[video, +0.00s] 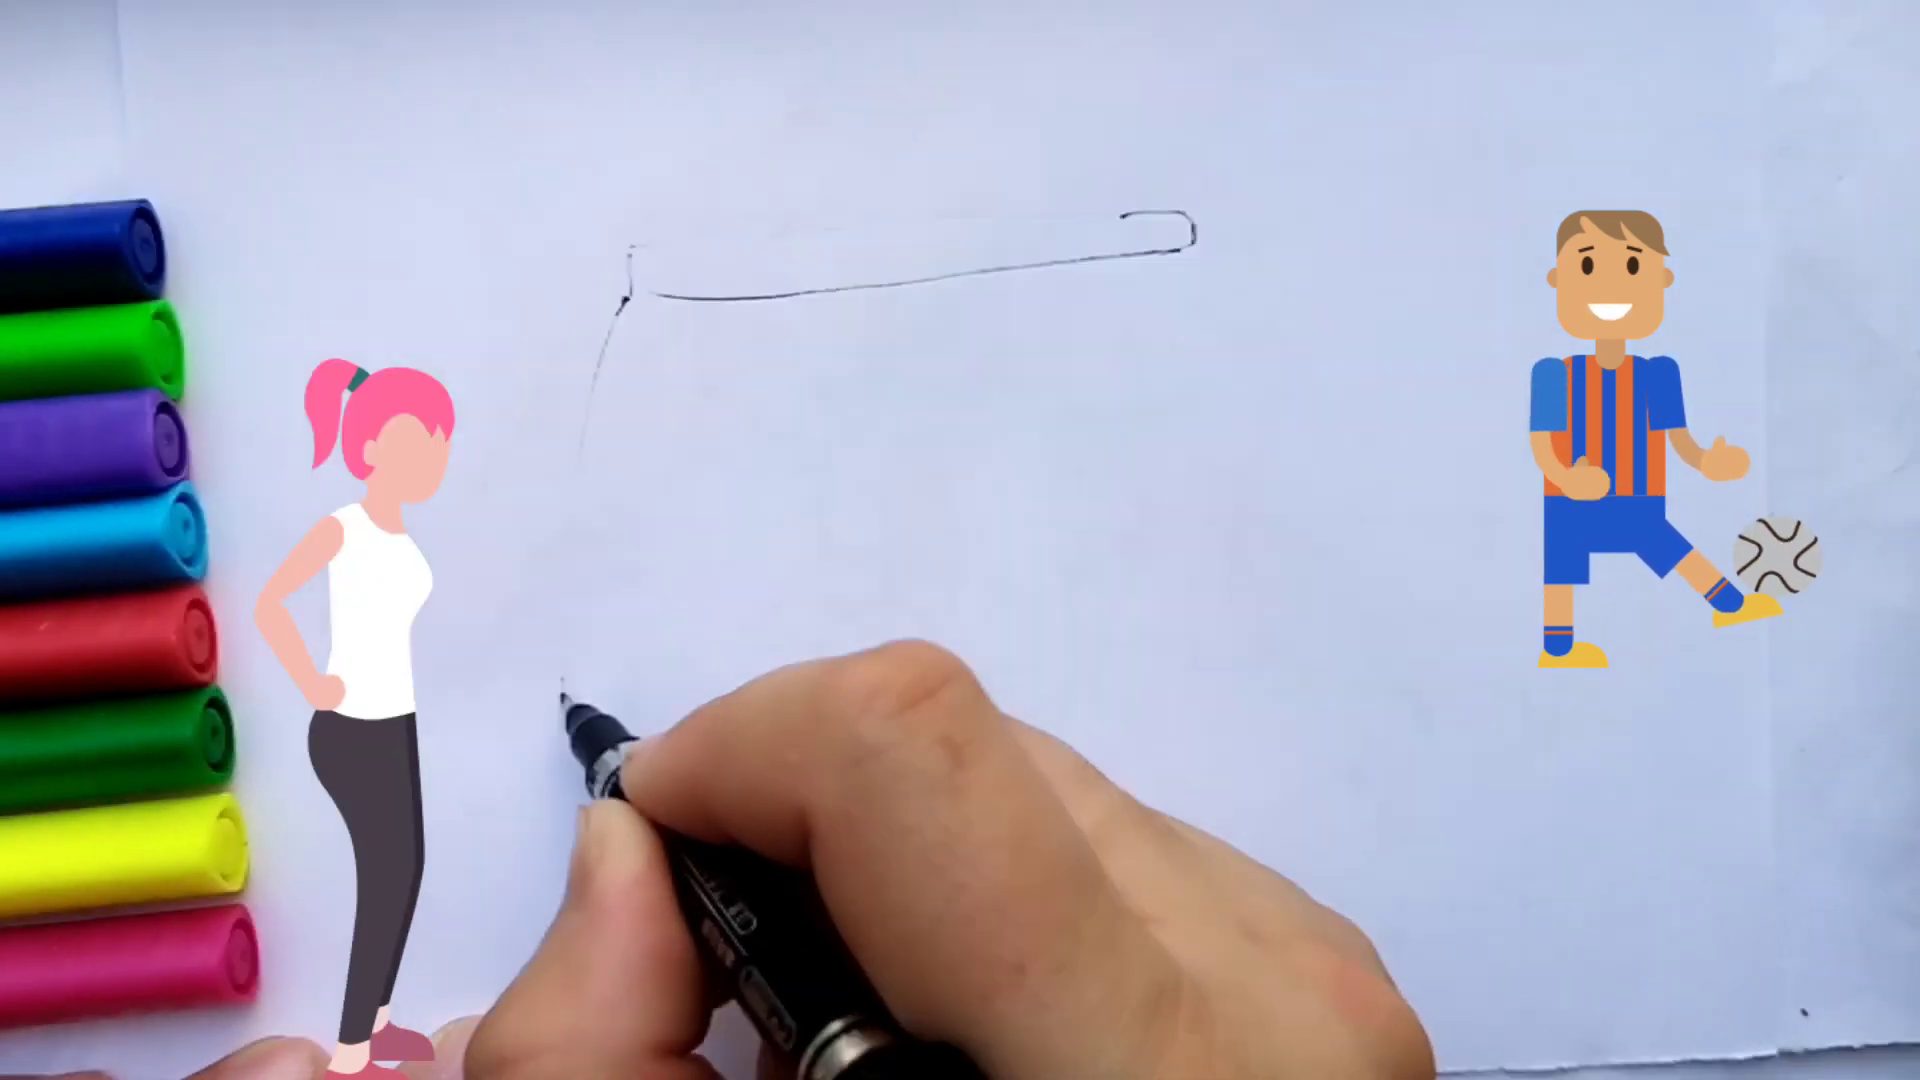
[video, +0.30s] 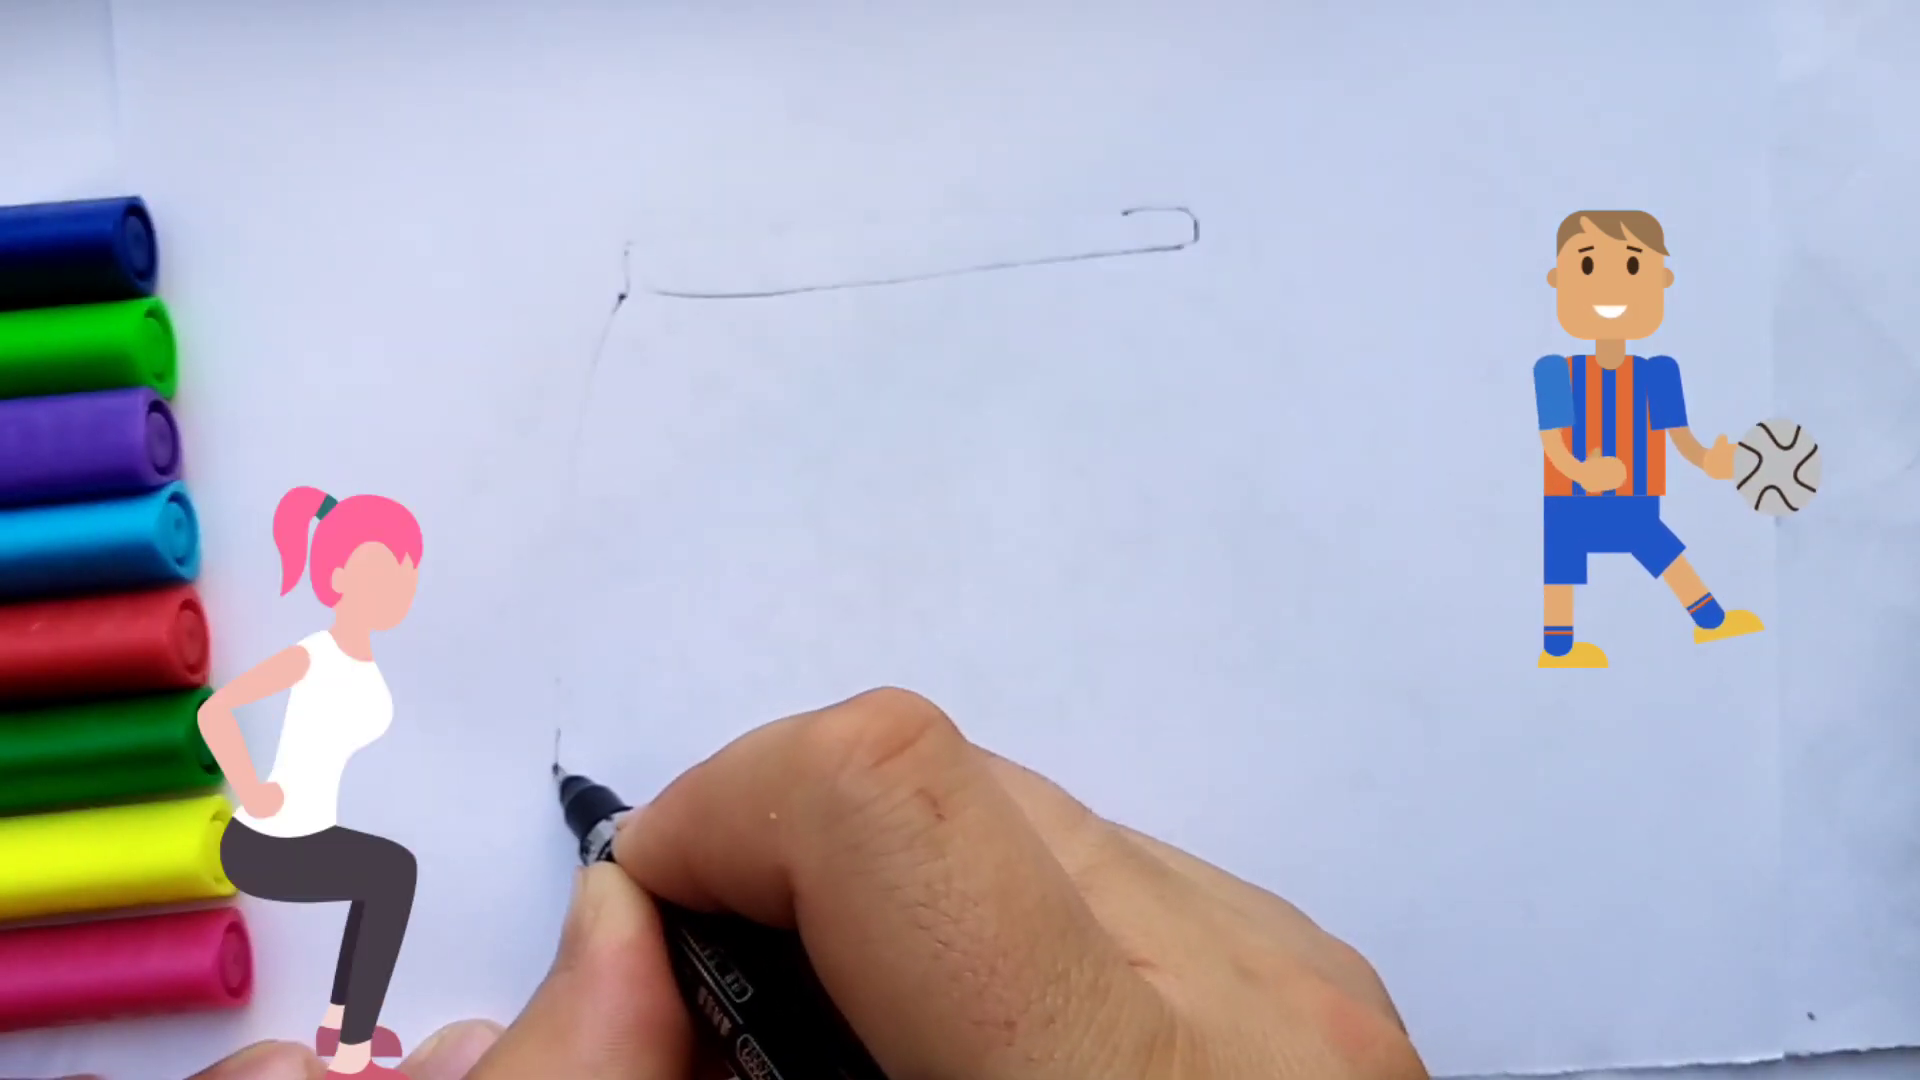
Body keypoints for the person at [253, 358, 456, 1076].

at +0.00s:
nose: (432, 457)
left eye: (436, 440)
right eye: (416, 438)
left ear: (440, 450)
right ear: (374, 447)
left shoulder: (403, 535)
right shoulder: (344, 529)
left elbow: (386, 621)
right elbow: (268, 605)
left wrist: (396, 684)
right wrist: (312, 683)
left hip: (397, 730)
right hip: (353, 732)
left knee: (405, 871)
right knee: (386, 877)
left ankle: (373, 1019)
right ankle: (349, 1050)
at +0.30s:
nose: (399, 588)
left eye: (402, 571)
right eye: (383, 571)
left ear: (405, 580)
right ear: (343, 579)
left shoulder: (364, 664)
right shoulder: (311, 656)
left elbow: (323, 739)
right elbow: (214, 712)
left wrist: (318, 799)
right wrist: (249, 790)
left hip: (309, 842)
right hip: (264, 850)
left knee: (389, 865)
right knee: (392, 871)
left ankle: (340, 1023)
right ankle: (350, 1052)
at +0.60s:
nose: (436, 456)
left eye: (440, 440)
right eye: (420, 437)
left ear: (442, 449)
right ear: (374, 447)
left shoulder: (404, 535)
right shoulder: (344, 528)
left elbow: (385, 623)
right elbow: (269, 605)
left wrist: (396, 687)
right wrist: (312, 684)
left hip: (397, 731)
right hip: (354, 733)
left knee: (406, 870)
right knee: (387, 876)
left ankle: (374, 1021)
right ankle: (349, 1049)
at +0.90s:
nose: (403, 588)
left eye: (404, 571)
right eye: (385, 571)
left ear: (406, 580)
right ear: (343, 578)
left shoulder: (364, 663)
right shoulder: (312, 656)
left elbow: (322, 738)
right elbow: (213, 712)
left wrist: (315, 795)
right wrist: (249, 790)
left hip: (307, 842)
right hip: (263, 851)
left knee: (391, 865)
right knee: (392, 872)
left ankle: (341, 1020)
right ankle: (351, 1053)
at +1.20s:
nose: (438, 455)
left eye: (440, 439)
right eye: (422, 437)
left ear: (439, 450)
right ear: (375, 446)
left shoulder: (404, 535)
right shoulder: (343, 528)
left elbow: (386, 623)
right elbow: (269, 605)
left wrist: (396, 686)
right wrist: (312, 684)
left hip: (398, 730)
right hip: (353, 731)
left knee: (406, 871)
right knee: (387, 876)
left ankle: (375, 1020)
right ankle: (350, 1049)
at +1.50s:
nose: (406, 586)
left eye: (406, 570)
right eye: (391, 569)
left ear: (401, 579)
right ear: (346, 578)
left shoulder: (362, 662)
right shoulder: (311, 656)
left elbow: (321, 738)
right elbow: (213, 712)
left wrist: (317, 798)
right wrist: (250, 791)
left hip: (307, 842)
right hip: (263, 851)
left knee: (391, 865)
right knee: (392, 872)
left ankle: (339, 1021)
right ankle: (350, 1056)